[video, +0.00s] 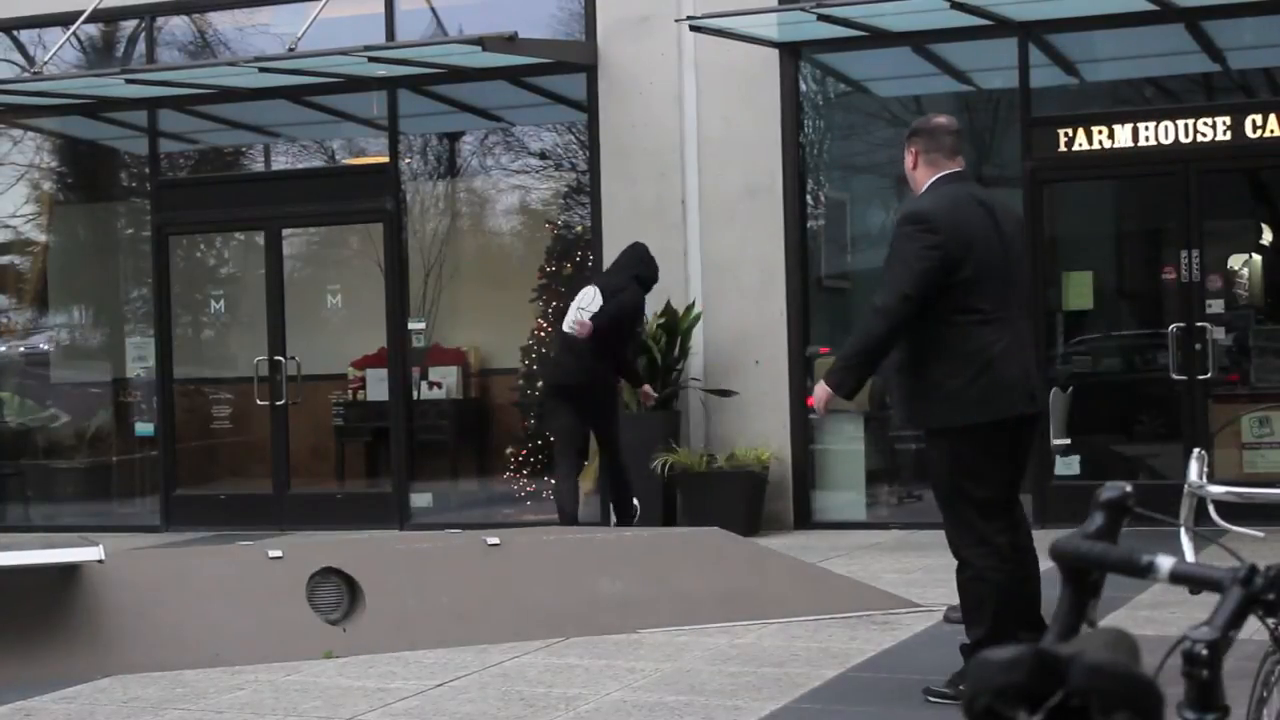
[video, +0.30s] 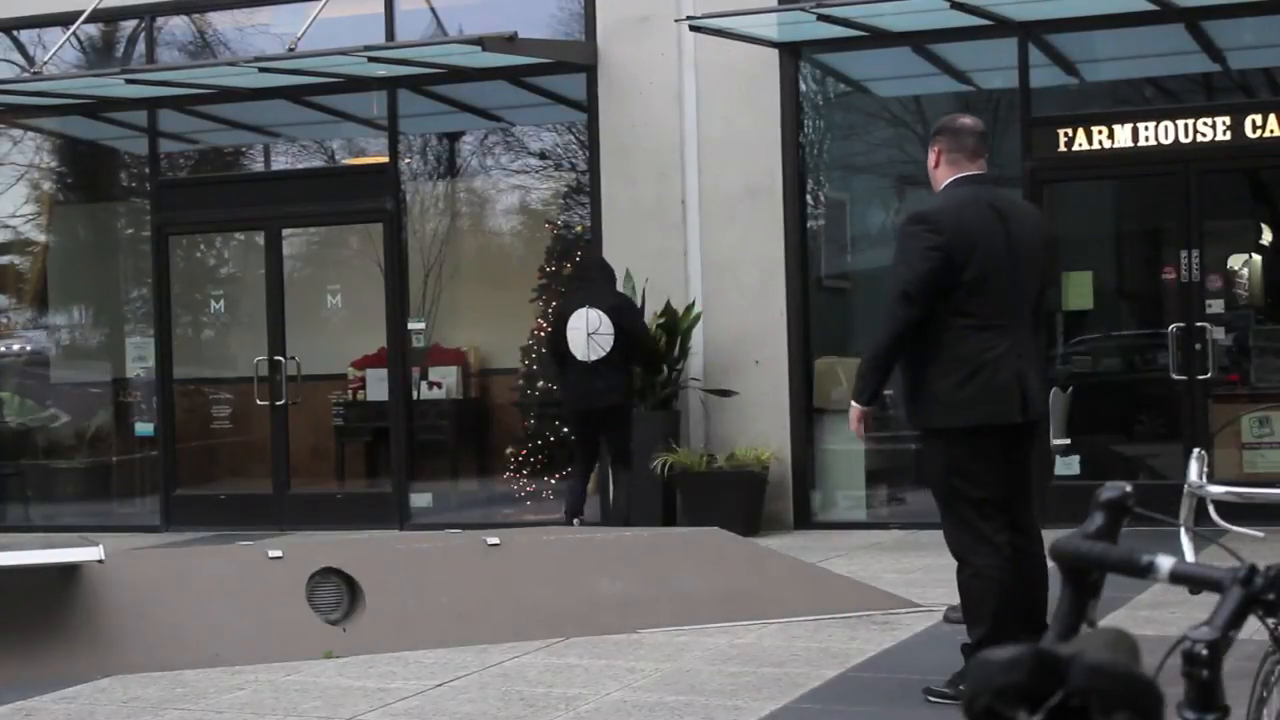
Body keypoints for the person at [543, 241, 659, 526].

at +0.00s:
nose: (649, 285)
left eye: (651, 280)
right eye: (649, 279)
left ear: (622, 264)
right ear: (643, 272)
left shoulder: (595, 285)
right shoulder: (631, 293)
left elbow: (614, 347)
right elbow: (615, 316)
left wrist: (638, 383)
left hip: (563, 378)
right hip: (596, 381)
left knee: (568, 454)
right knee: (611, 450)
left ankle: (568, 525)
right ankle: (625, 515)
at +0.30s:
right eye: (611, 276)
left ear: (579, 279)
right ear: (610, 277)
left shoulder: (567, 307)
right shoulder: (621, 304)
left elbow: (554, 349)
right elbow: (643, 344)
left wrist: (567, 376)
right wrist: (655, 366)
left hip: (578, 394)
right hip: (617, 394)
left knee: (584, 454)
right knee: (621, 456)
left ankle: (573, 515)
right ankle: (621, 518)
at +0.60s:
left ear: (560, 298)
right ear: (592, 297)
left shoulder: (554, 332)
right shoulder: (606, 328)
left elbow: (526, 362)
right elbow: (625, 364)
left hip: (571, 412)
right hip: (606, 409)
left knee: (583, 469)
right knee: (622, 457)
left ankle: (594, 524)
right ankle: (623, 491)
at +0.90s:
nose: (539, 281)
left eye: (542, 275)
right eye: (539, 275)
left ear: (551, 278)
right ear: (573, 275)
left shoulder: (552, 308)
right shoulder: (589, 307)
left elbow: (531, 340)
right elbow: (603, 349)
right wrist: (589, 369)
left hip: (557, 388)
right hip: (582, 386)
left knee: (565, 451)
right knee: (550, 445)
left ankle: (591, 515)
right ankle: (559, 505)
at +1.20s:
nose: (527, 283)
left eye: (533, 280)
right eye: (527, 278)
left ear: (547, 283)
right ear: (526, 279)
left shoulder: (551, 313)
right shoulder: (530, 310)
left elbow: (539, 359)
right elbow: (529, 360)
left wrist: (504, 374)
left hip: (545, 396)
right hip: (527, 395)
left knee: (537, 463)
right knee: (523, 464)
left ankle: (582, 512)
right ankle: (523, 523)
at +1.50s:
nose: (531, 286)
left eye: (537, 283)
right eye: (527, 280)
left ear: (543, 288)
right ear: (517, 282)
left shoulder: (551, 317)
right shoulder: (496, 315)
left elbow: (571, 353)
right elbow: (481, 357)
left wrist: (584, 386)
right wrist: (482, 396)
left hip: (542, 400)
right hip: (508, 401)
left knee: (538, 463)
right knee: (517, 464)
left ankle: (536, 525)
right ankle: (520, 521)